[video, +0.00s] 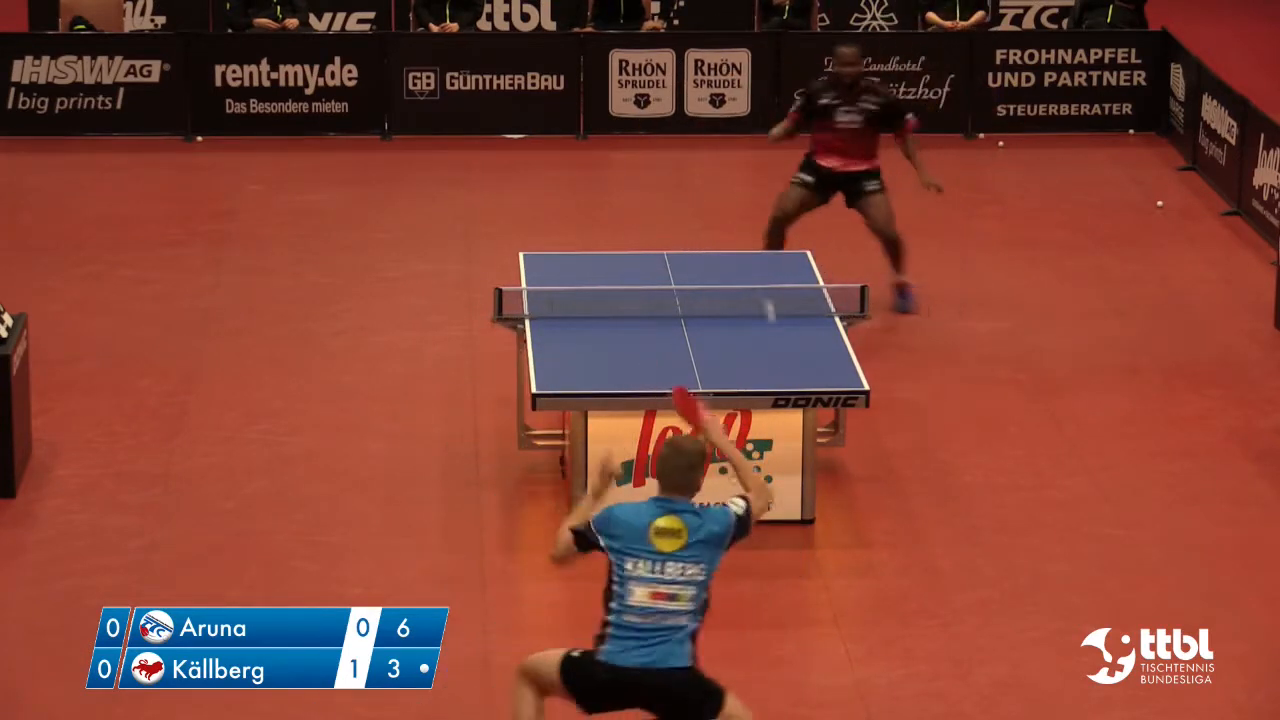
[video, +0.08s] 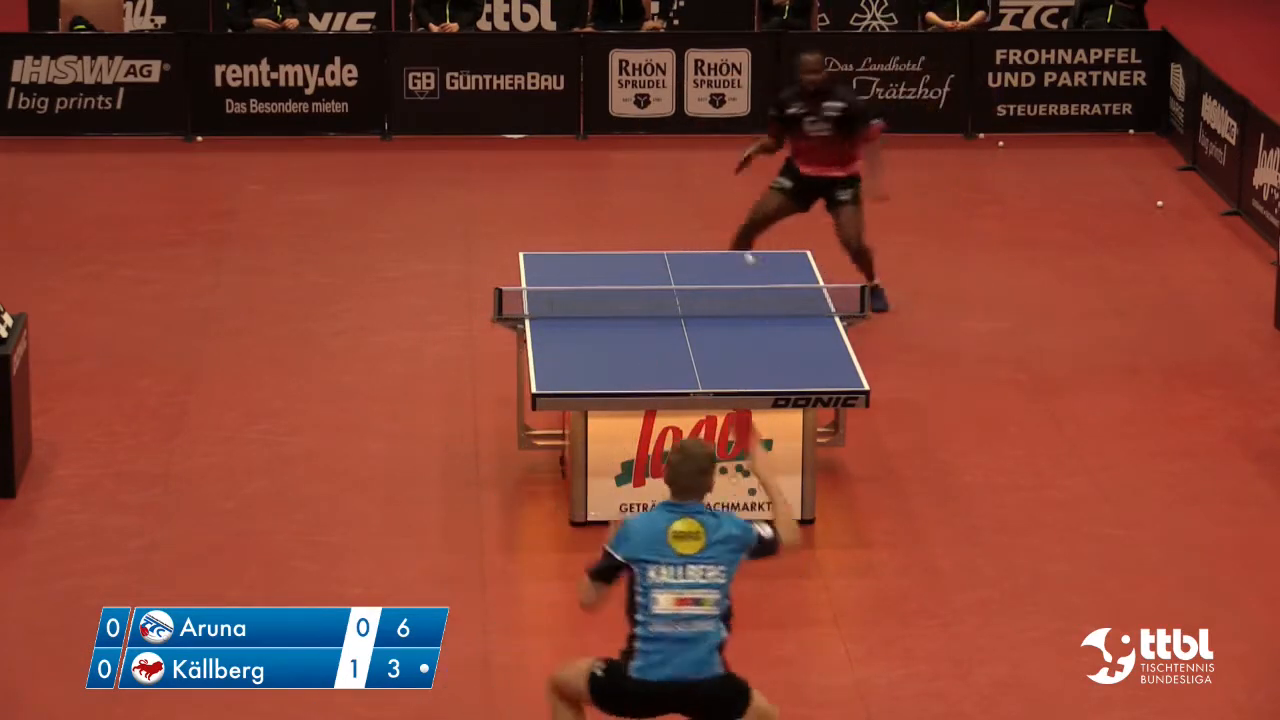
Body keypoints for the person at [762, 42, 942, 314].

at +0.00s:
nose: (847, 70)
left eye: (853, 65)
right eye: (842, 65)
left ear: (862, 65)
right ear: (833, 66)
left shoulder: (878, 96)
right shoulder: (819, 91)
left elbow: (903, 133)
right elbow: (794, 120)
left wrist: (923, 174)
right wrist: (782, 130)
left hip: (863, 174)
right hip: (820, 170)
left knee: (886, 230)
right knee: (780, 216)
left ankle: (901, 284)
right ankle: (769, 277)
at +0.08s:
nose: (811, 78)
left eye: (816, 72)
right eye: (806, 73)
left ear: (826, 72)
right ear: (798, 74)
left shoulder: (847, 101)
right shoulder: (788, 101)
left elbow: (871, 141)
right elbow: (775, 142)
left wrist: (877, 184)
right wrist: (754, 150)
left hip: (841, 179)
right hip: (800, 176)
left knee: (852, 241)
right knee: (752, 224)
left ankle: (873, 285)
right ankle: (727, 276)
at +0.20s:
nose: (759, 96)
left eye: (765, 90)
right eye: (755, 90)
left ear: (776, 91)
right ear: (749, 92)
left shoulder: (787, 115)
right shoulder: (757, 118)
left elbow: (799, 159)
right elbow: (759, 161)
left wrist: (766, 188)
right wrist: (729, 190)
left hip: (809, 193)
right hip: (775, 192)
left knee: (822, 259)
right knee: (717, 224)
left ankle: (875, 280)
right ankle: (698, 283)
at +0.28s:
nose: (733, 100)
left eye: (738, 94)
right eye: (729, 95)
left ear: (753, 93)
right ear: (725, 94)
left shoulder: (763, 116)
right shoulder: (740, 116)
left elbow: (750, 160)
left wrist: (713, 187)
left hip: (796, 196)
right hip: (760, 192)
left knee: (811, 267)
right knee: (706, 217)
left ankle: (877, 278)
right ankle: (699, 277)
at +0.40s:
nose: (713, 85)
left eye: (718, 79)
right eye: (710, 79)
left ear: (733, 76)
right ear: (708, 77)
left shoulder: (740, 96)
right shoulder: (729, 95)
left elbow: (737, 131)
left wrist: (711, 160)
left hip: (780, 182)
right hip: (745, 180)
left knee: (808, 250)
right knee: (695, 214)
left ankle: (874, 279)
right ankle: (690, 278)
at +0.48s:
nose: (707, 59)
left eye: (712, 53)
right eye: (706, 53)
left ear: (728, 52)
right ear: (708, 54)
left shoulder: (745, 76)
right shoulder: (723, 77)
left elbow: (760, 112)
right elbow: (733, 117)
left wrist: (741, 137)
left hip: (771, 161)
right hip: (736, 163)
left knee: (797, 227)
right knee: (697, 214)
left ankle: (859, 266)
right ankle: (690, 274)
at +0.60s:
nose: (747, 30)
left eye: (753, 24)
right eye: (742, 25)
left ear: (765, 25)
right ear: (735, 25)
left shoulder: (771, 50)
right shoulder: (727, 44)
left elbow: (790, 73)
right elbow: (687, 44)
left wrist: (781, 37)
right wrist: (718, 26)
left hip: (759, 136)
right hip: (724, 136)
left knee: (770, 197)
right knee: (707, 203)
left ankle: (812, 244)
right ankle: (696, 266)